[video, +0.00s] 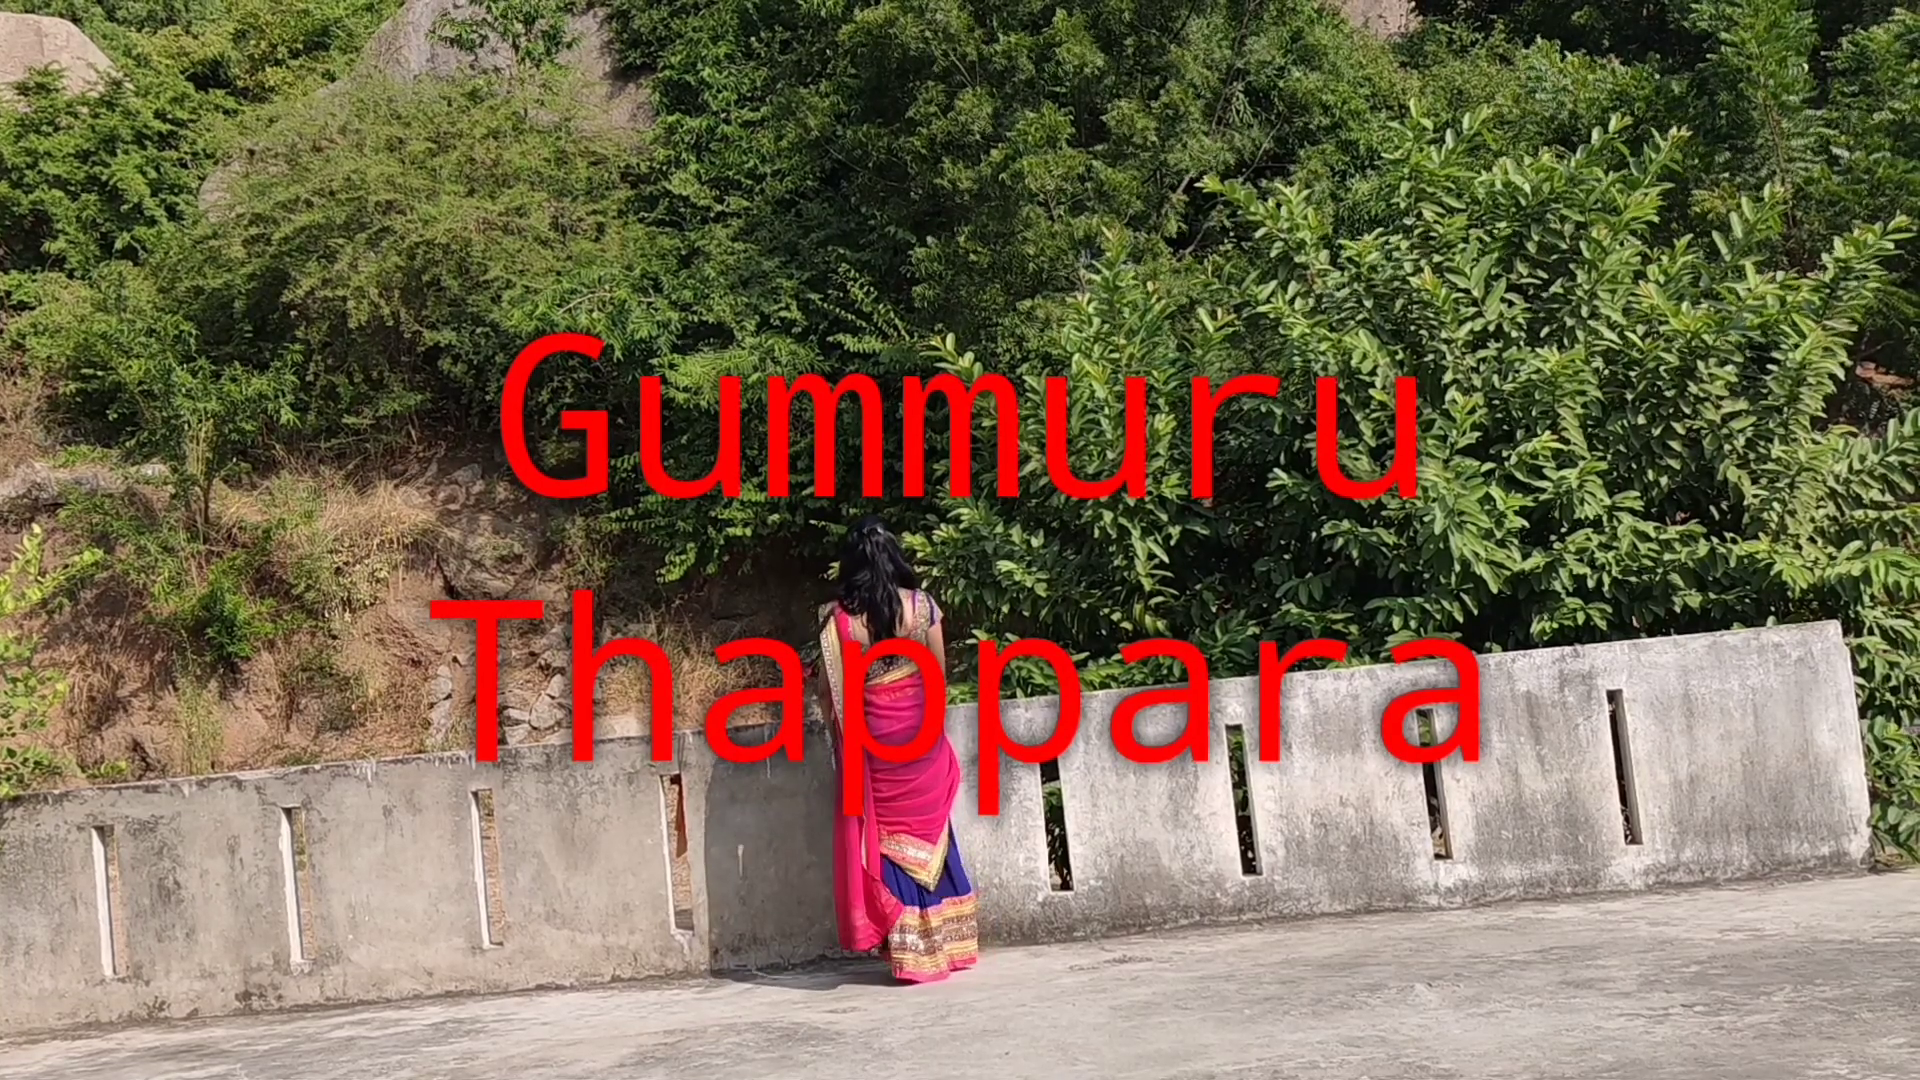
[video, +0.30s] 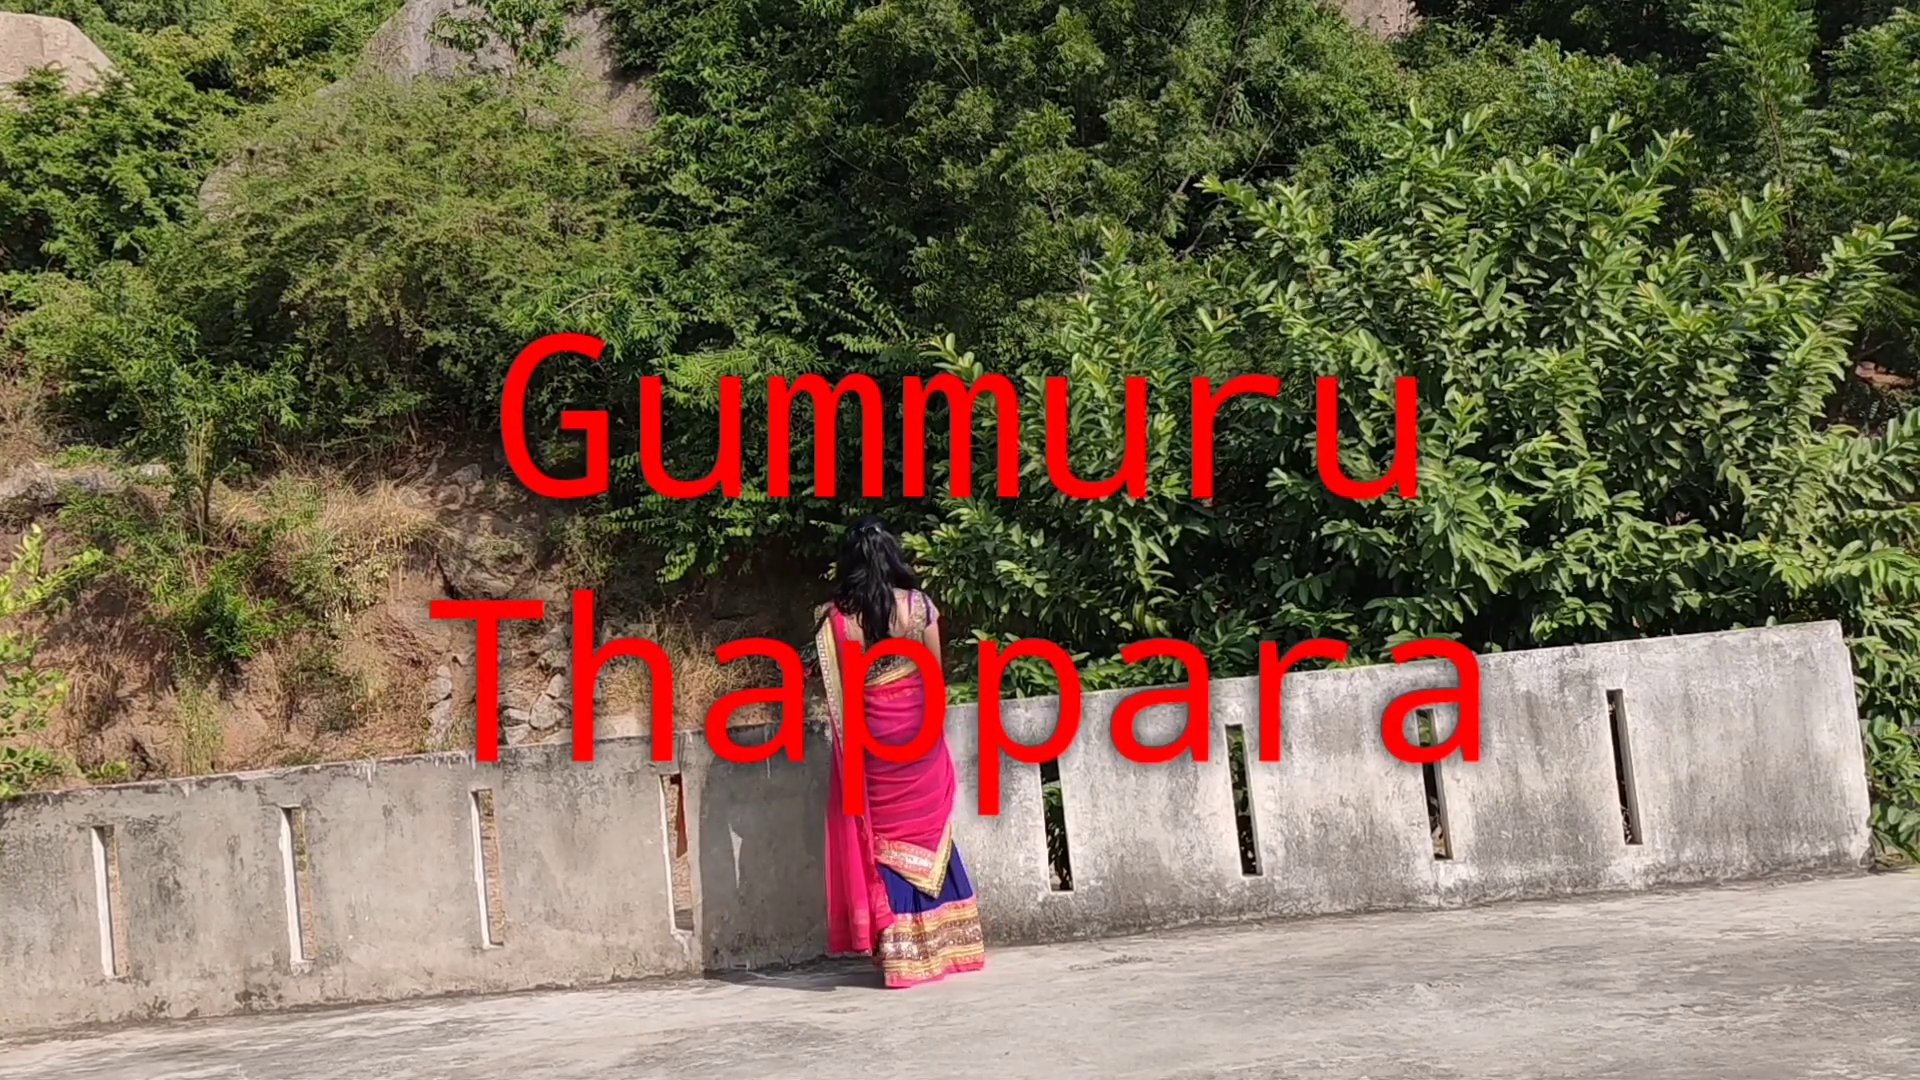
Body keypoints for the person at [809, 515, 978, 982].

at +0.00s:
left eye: (848, 560)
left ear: (849, 564)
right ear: (896, 558)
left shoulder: (838, 620)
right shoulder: (925, 606)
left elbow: (834, 696)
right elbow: (938, 675)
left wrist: (846, 748)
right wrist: (935, 727)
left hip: (873, 734)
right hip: (922, 730)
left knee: (888, 835)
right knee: (931, 828)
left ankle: (909, 950)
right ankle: (946, 942)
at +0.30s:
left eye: (848, 558)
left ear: (848, 562)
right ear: (894, 557)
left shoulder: (835, 619)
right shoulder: (923, 608)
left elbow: (836, 692)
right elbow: (935, 676)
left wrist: (848, 744)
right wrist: (934, 729)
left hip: (870, 738)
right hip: (921, 732)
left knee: (881, 837)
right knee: (929, 830)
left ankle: (899, 951)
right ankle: (943, 943)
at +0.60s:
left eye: (848, 557)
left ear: (847, 562)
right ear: (892, 558)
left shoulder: (833, 614)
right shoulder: (920, 605)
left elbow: (833, 688)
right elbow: (935, 673)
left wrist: (849, 743)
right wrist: (931, 724)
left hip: (870, 735)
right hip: (920, 728)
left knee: (882, 835)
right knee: (932, 829)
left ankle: (899, 950)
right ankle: (948, 943)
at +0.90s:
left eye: (848, 556)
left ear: (846, 562)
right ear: (892, 558)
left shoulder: (829, 616)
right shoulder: (919, 607)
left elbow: (832, 687)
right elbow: (934, 674)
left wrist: (845, 740)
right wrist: (931, 726)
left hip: (867, 739)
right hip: (919, 732)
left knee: (878, 837)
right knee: (930, 831)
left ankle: (893, 953)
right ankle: (945, 945)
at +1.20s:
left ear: (846, 563)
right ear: (893, 559)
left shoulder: (828, 617)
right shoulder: (919, 608)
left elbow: (831, 689)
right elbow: (935, 675)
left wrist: (841, 744)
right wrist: (932, 728)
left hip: (868, 740)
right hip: (920, 734)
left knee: (878, 839)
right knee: (932, 833)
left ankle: (894, 953)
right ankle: (946, 947)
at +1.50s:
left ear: (845, 563)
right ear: (892, 559)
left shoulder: (827, 618)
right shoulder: (919, 608)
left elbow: (829, 692)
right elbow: (935, 676)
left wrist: (838, 747)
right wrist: (935, 730)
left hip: (866, 740)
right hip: (919, 735)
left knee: (877, 838)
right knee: (928, 834)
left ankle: (893, 952)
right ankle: (941, 945)